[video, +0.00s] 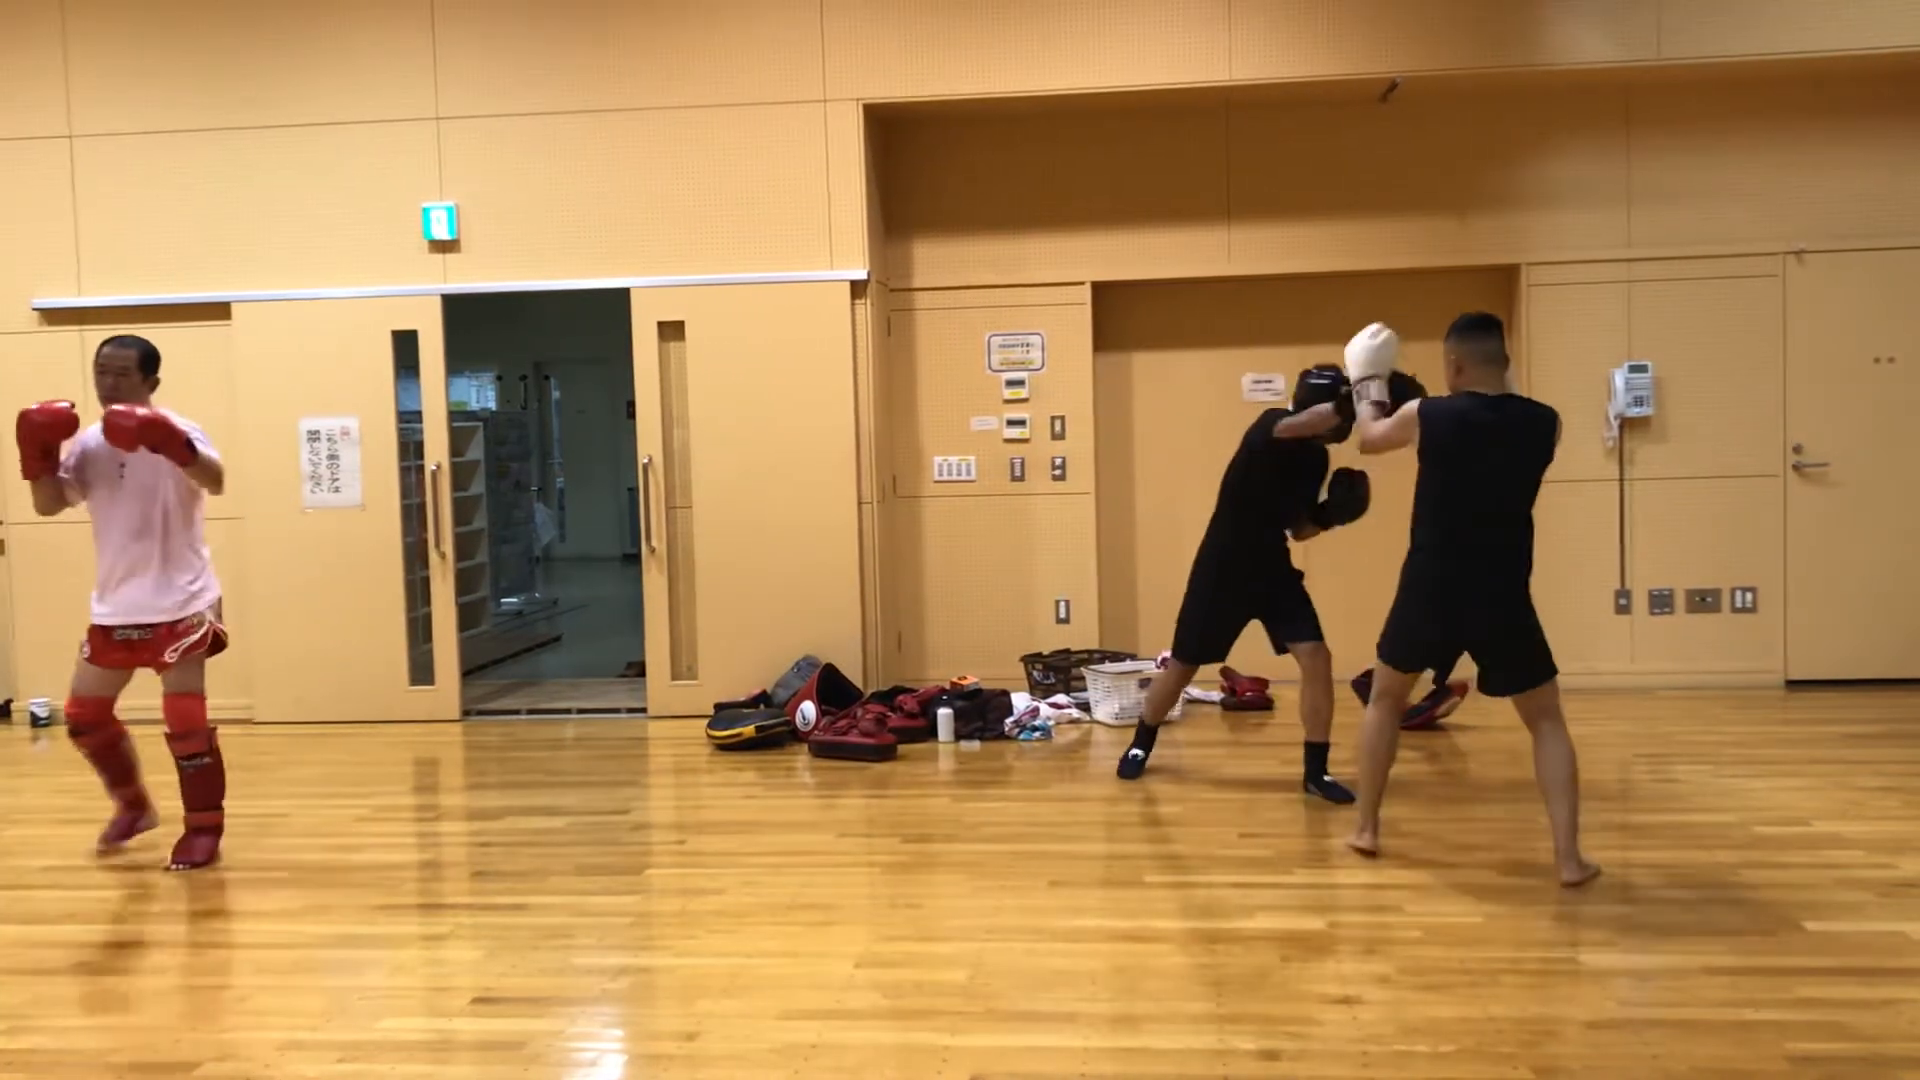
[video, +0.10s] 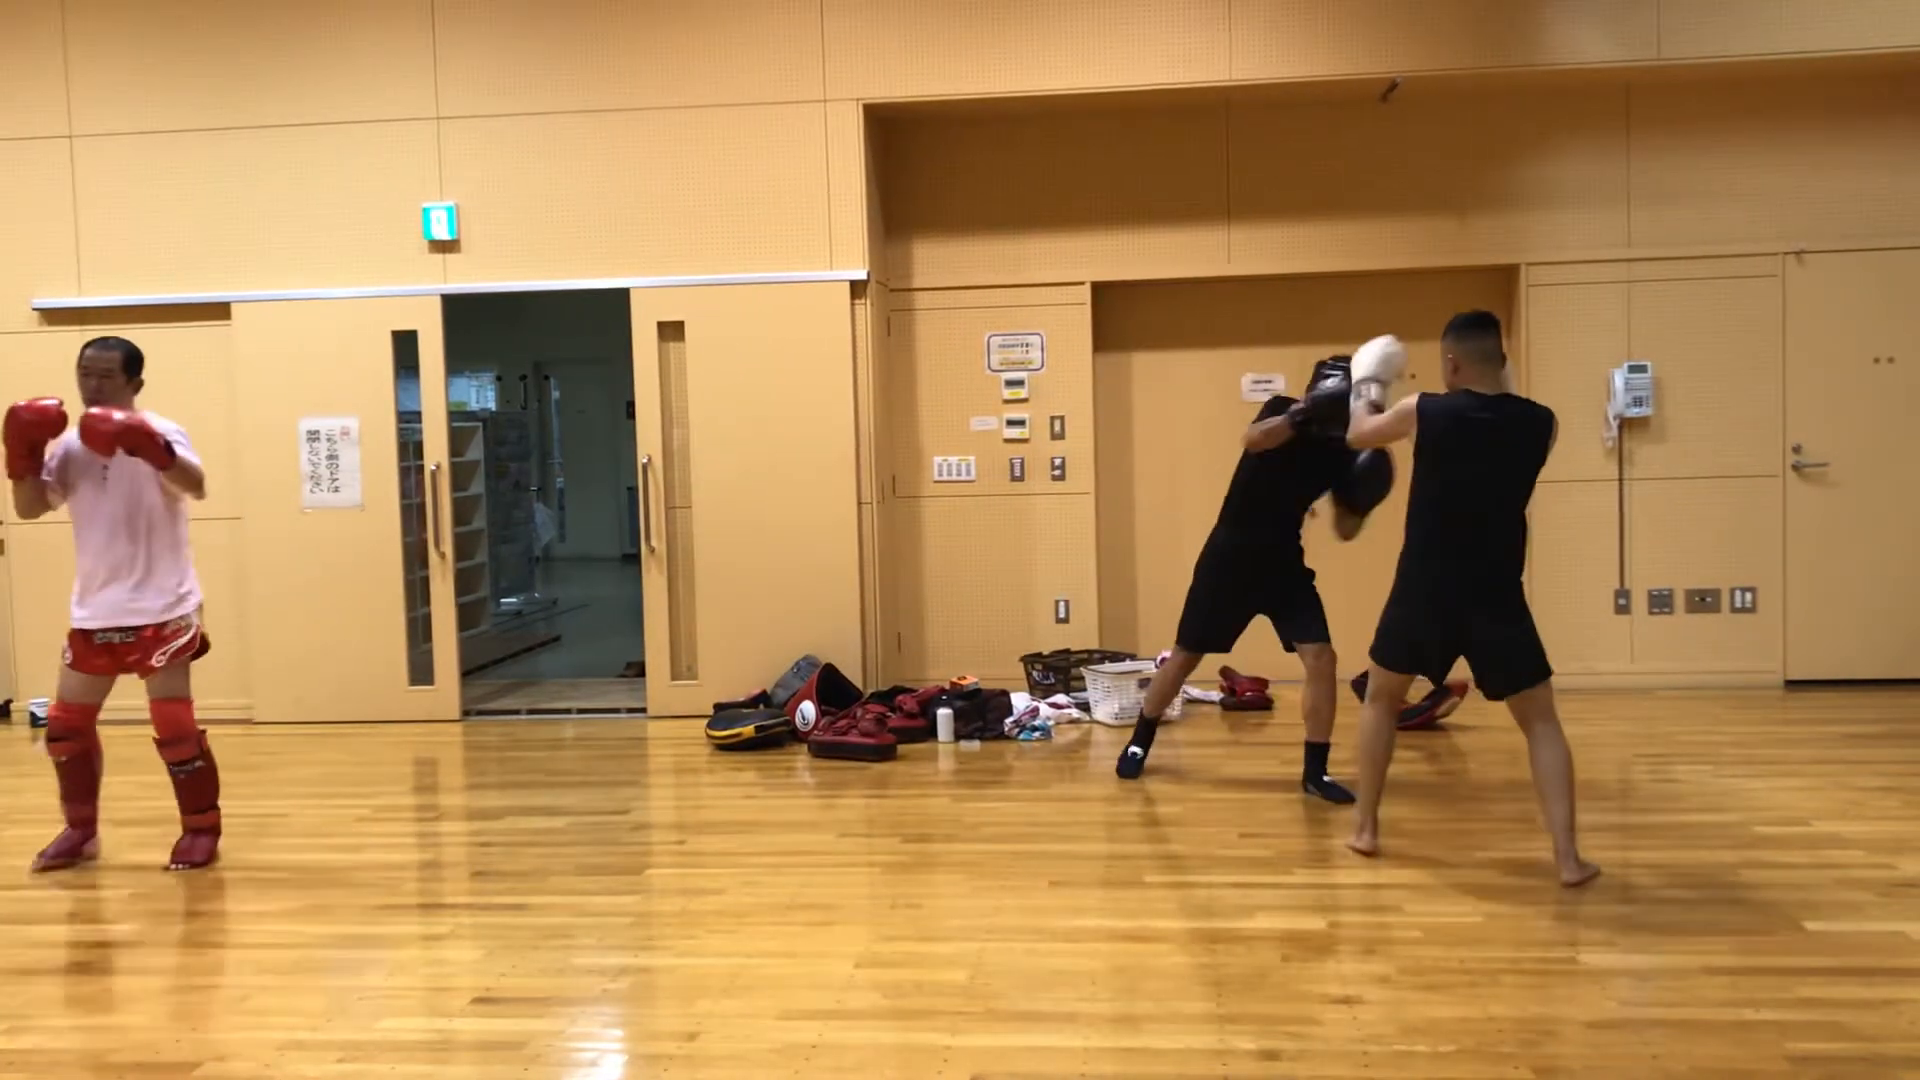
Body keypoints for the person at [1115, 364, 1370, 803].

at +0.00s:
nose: (1335, 419)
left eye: (1338, 412)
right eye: (1332, 410)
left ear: (1334, 417)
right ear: (1317, 405)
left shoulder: (1315, 458)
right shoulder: (1273, 423)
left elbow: (1301, 529)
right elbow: (1292, 428)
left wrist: (1336, 510)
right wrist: (1355, 401)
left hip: (1271, 565)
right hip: (1223, 562)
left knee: (1315, 657)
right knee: (1182, 665)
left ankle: (1316, 773)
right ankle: (1141, 745)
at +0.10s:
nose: (1333, 395)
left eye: (1343, 388)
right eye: (1329, 383)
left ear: (1354, 398)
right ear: (1315, 384)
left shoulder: (1345, 448)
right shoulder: (1282, 411)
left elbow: (1345, 528)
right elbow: (1252, 442)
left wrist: (1370, 485)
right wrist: (1301, 415)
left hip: (1282, 560)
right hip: (1230, 554)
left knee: (1321, 659)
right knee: (1184, 658)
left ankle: (1315, 774)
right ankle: (1139, 742)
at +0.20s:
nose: (1337, 402)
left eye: (1347, 396)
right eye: (1331, 392)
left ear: (1360, 400)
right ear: (1317, 386)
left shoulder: (1356, 437)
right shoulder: (1282, 410)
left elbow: (1383, 507)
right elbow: (1230, 448)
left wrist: (1394, 447)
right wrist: (1282, 417)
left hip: (1289, 558)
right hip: (1235, 551)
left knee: (1322, 658)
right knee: (1189, 652)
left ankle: (1316, 774)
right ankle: (1145, 740)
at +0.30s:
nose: (1339, 393)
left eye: (1349, 386)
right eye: (1334, 382)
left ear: (1362, 391)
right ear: (1321, 379)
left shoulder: (1356, 431)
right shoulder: (1289, 411)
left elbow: (1397, 444)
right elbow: (1228, 452)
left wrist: (1400, 399)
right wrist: (1265, 421)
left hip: (1299, 561)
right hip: (1243, 553)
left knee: (1322, 658)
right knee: (1197, 647)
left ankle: (1316, 773)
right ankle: (1165, 741)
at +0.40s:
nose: (1351, 387)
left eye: (1359, 379)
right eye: (1342, 377)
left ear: (1365, 382)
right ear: (1318, 374)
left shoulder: (1356, 423)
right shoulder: (1286, 408)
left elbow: (1391, 442)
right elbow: (1231, 459)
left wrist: (1398, 413)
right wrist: (1265, 421)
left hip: (1310, 553)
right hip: (1255, 548)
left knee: (1325, 656)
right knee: (1209, 648)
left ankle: (1319, 772)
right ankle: (1207, 734)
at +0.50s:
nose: (1332, 383)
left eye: (1340, 374)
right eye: (1322, 373)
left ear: (1348, 374)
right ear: (1300, 370)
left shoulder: (1352, 417)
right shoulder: (1274, 403)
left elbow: (1389, 468)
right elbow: (1236, 467)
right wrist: (1272, 431)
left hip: (1316, 543)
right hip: (1266, 540)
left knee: (1327, 654)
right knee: (1230, 651)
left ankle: (1321, 771)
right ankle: (1246, 725)